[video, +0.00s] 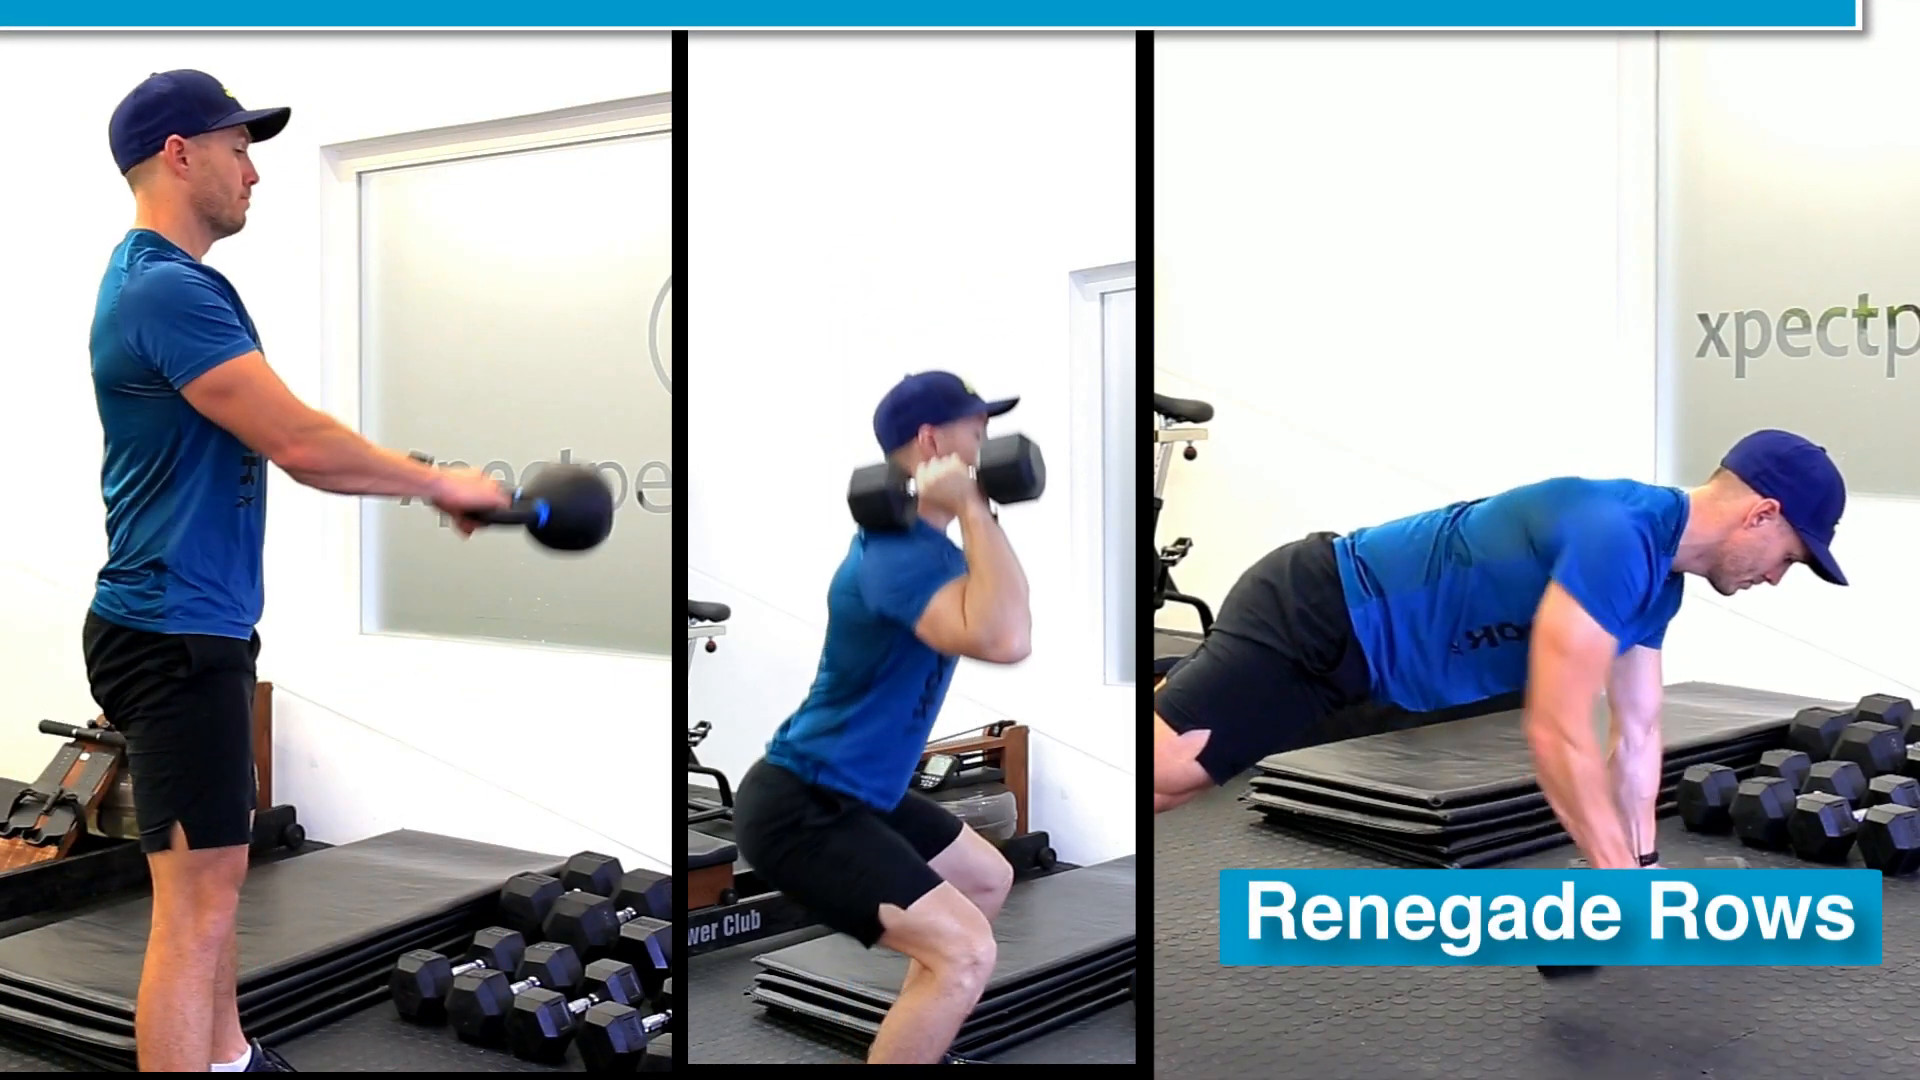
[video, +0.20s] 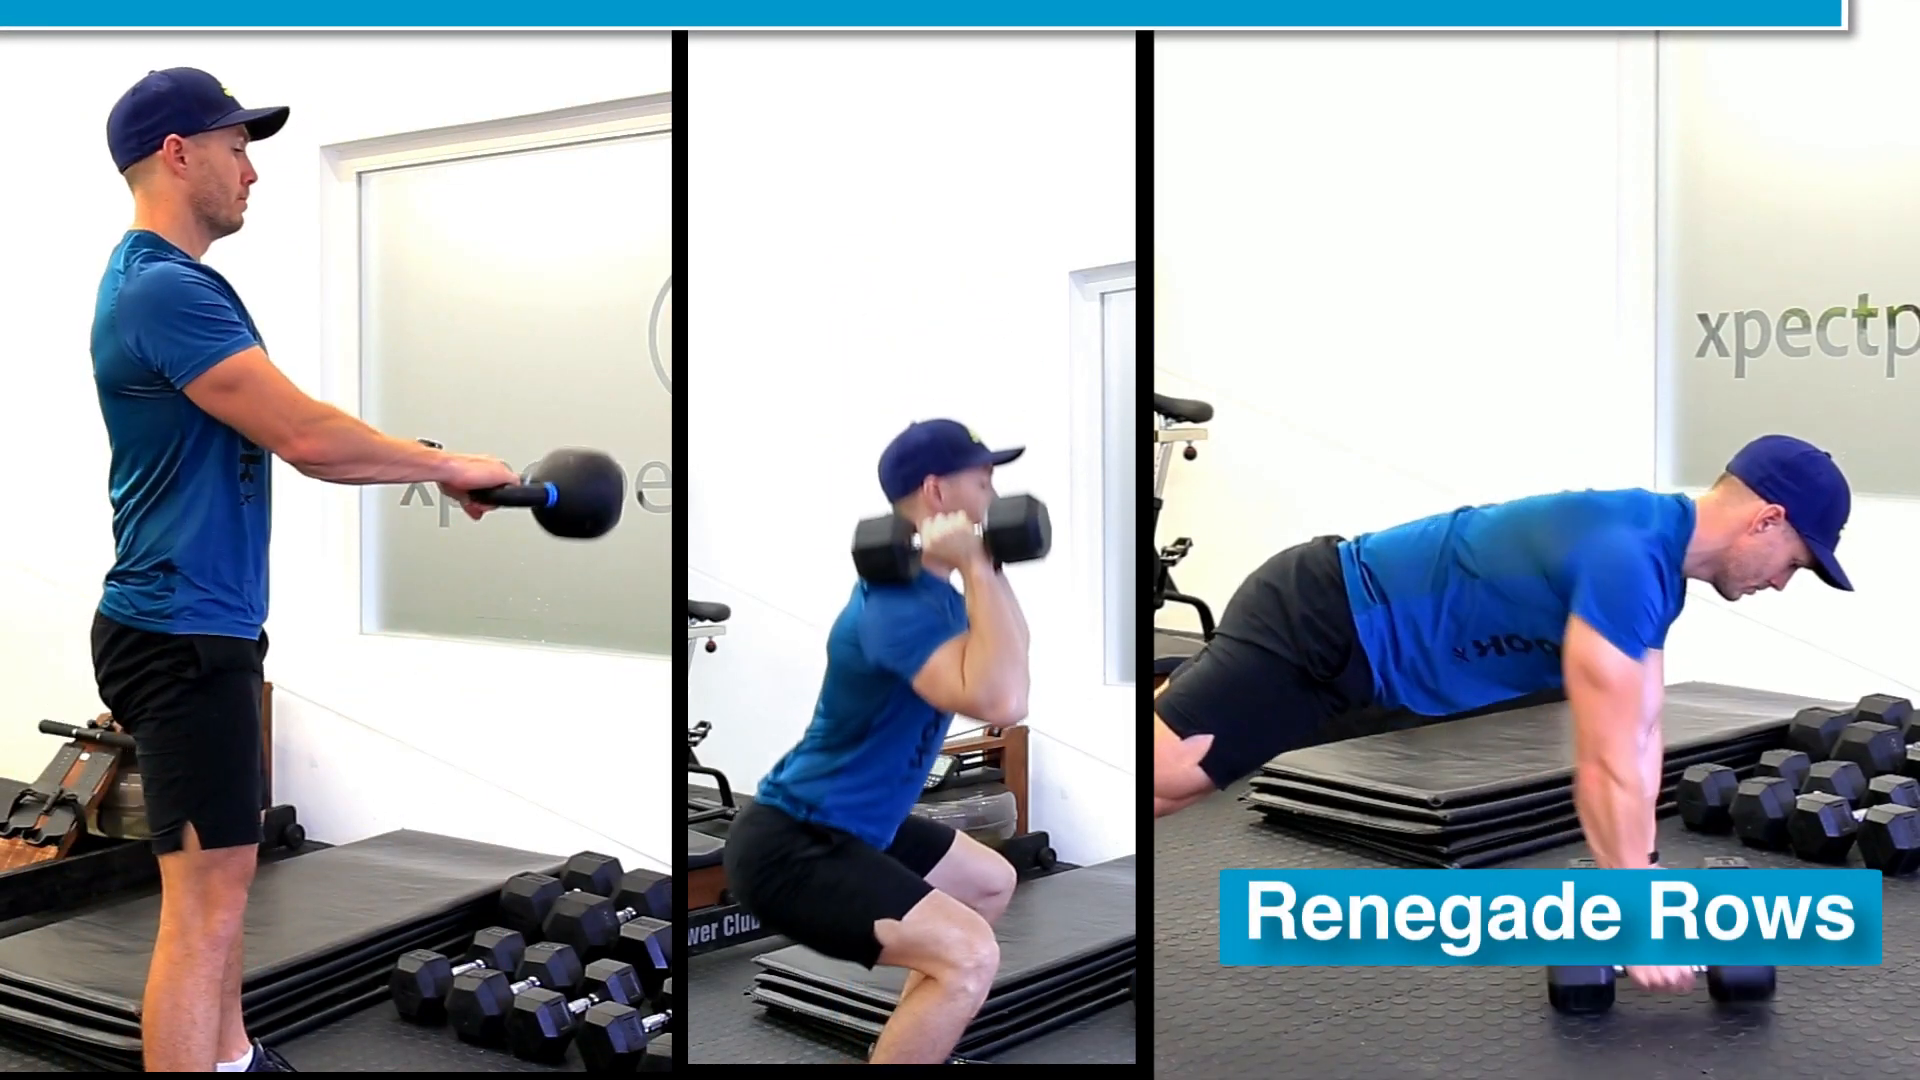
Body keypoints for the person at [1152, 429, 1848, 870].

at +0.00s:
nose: (1780, 579)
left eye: (1794, 568)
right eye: (1792, 559)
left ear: (1751, 510)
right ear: (1759, 513)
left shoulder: (1656, 577)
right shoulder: (1617, 534)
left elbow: (1635, 731)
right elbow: (1552, 733)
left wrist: (1649, 880)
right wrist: (1619, 884)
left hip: (1348, 659)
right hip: (1320, 610)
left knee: (1162, 779)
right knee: (1154, 760)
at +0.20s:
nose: (1783, 585)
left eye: (1797, 573)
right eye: (1795, 564)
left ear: (1756, 518)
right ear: (1763, 520)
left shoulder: (1654, 568)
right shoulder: (1628, 555)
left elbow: (1638, 755)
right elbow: (1604, 771)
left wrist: (1644, 915)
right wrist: (1635, 935)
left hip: (1348, 644)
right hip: (1324, 616)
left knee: (1159, 766)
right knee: (1147, 774)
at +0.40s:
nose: (1796, 592)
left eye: (1809, 581)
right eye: (1808, 572)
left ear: (1769, 524)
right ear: (1778, 529)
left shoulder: (1664, 562)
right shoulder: (1649, 564)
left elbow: (1632, 765)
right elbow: (1617, 778)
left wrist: (1648, 925)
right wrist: (1640, 939)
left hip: (1353, 641)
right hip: (1337, 627)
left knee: (1161, 767)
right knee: (1149, 789)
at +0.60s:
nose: (1799, 589)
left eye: (1812, 578)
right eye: (1811, 569)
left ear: (1770, 521)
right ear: (1779, 526)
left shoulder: (1669, 563)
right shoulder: (1653, 562)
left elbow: (1634, 765)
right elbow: (1622, 775)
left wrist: (1647, 926)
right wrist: (1641, 939)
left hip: (1354, 649)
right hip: (1339, 631)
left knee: (1161, 786)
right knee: (1151, 794)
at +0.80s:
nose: (1799, 588)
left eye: (1812, 577)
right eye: (1810, 568)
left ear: (1769, 523)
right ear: (1777, 526)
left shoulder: (1669, 565)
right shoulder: (1653, 560)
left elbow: (1634, 769)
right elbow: (1624, 775)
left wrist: (1645, 932)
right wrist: (1641, 941)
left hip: (1356, 655)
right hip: (1339, 632)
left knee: (1160, 789)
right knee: (1150, 795)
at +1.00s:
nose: (1794, 591)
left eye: (1808, 580)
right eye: (1806, 570)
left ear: (1765, 525)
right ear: (1772, 528)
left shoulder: (1662, 564)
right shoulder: (1647, 563)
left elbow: (1628, 770)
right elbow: (1620, 776)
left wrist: (1645, 932)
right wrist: (1642, 940)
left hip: (1349, 654)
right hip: (1332, 626)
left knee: (1158, 779)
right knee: (1147, 786)